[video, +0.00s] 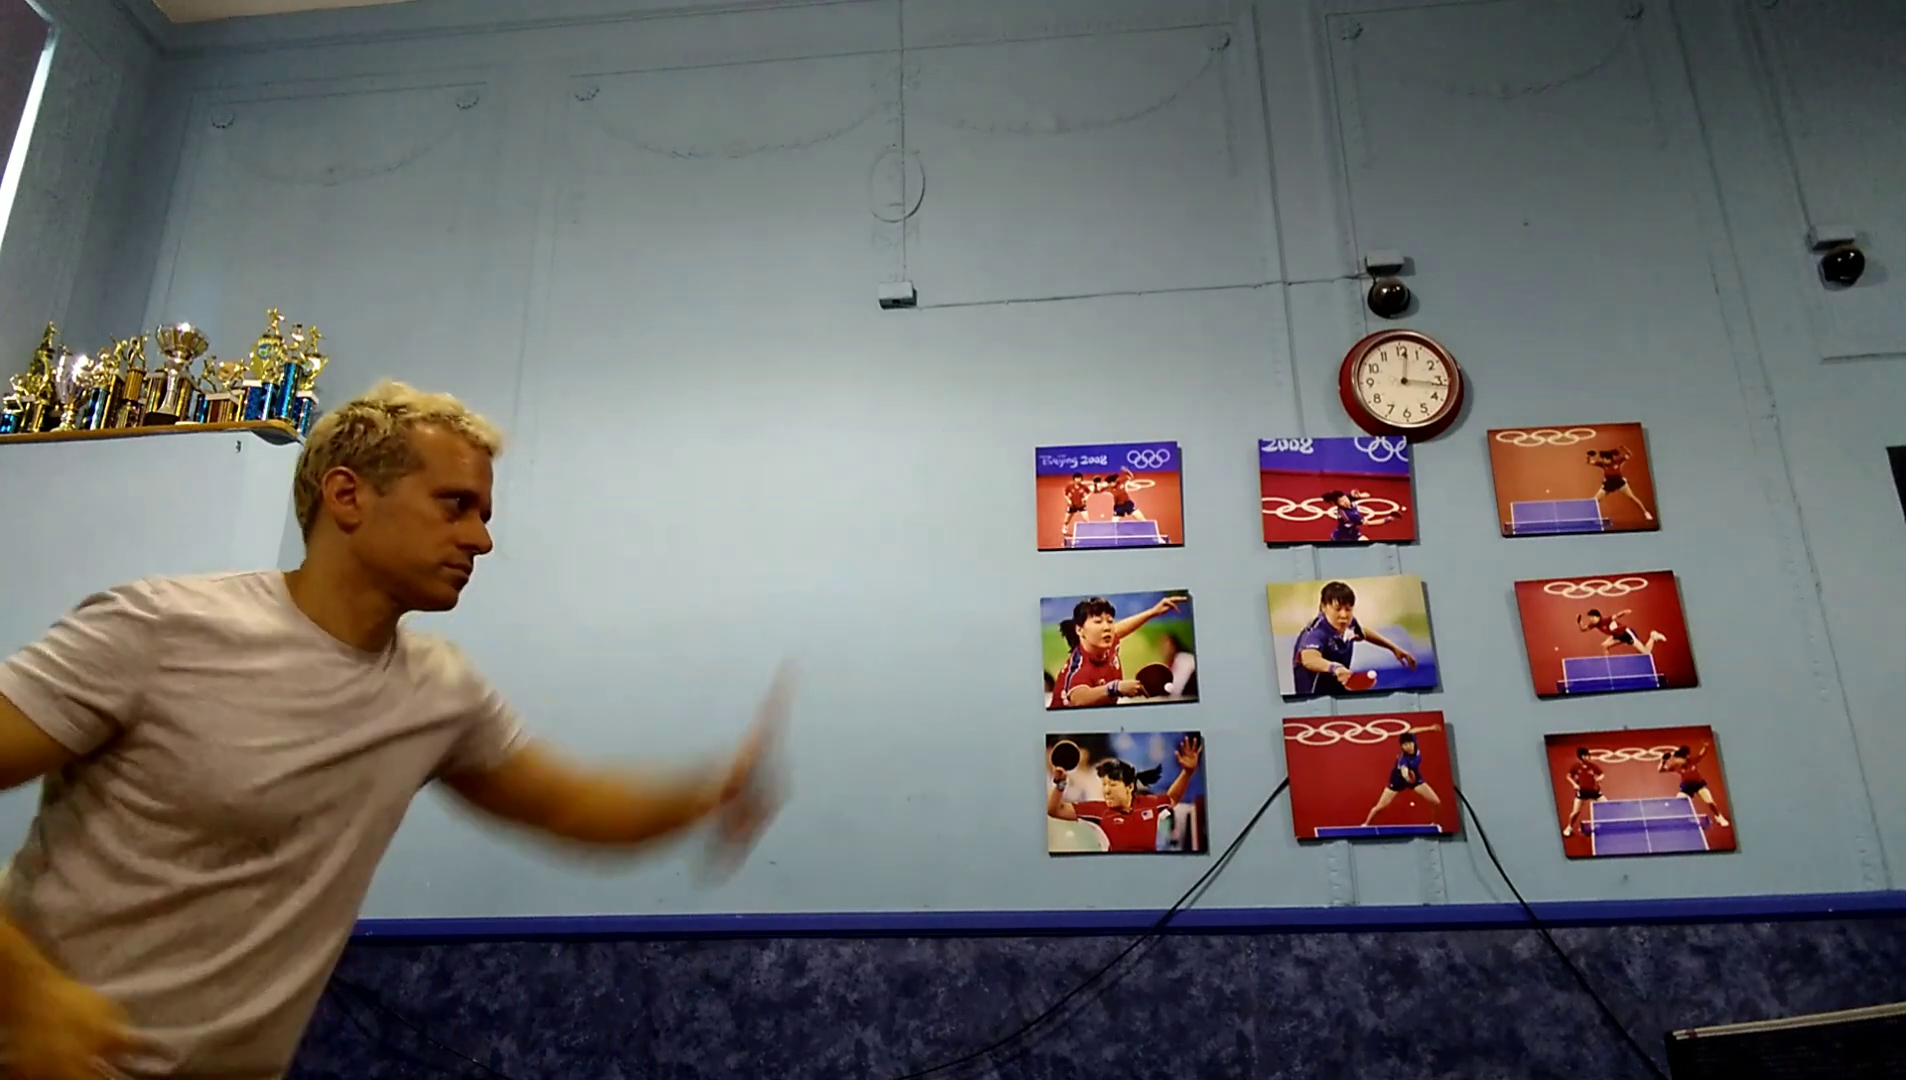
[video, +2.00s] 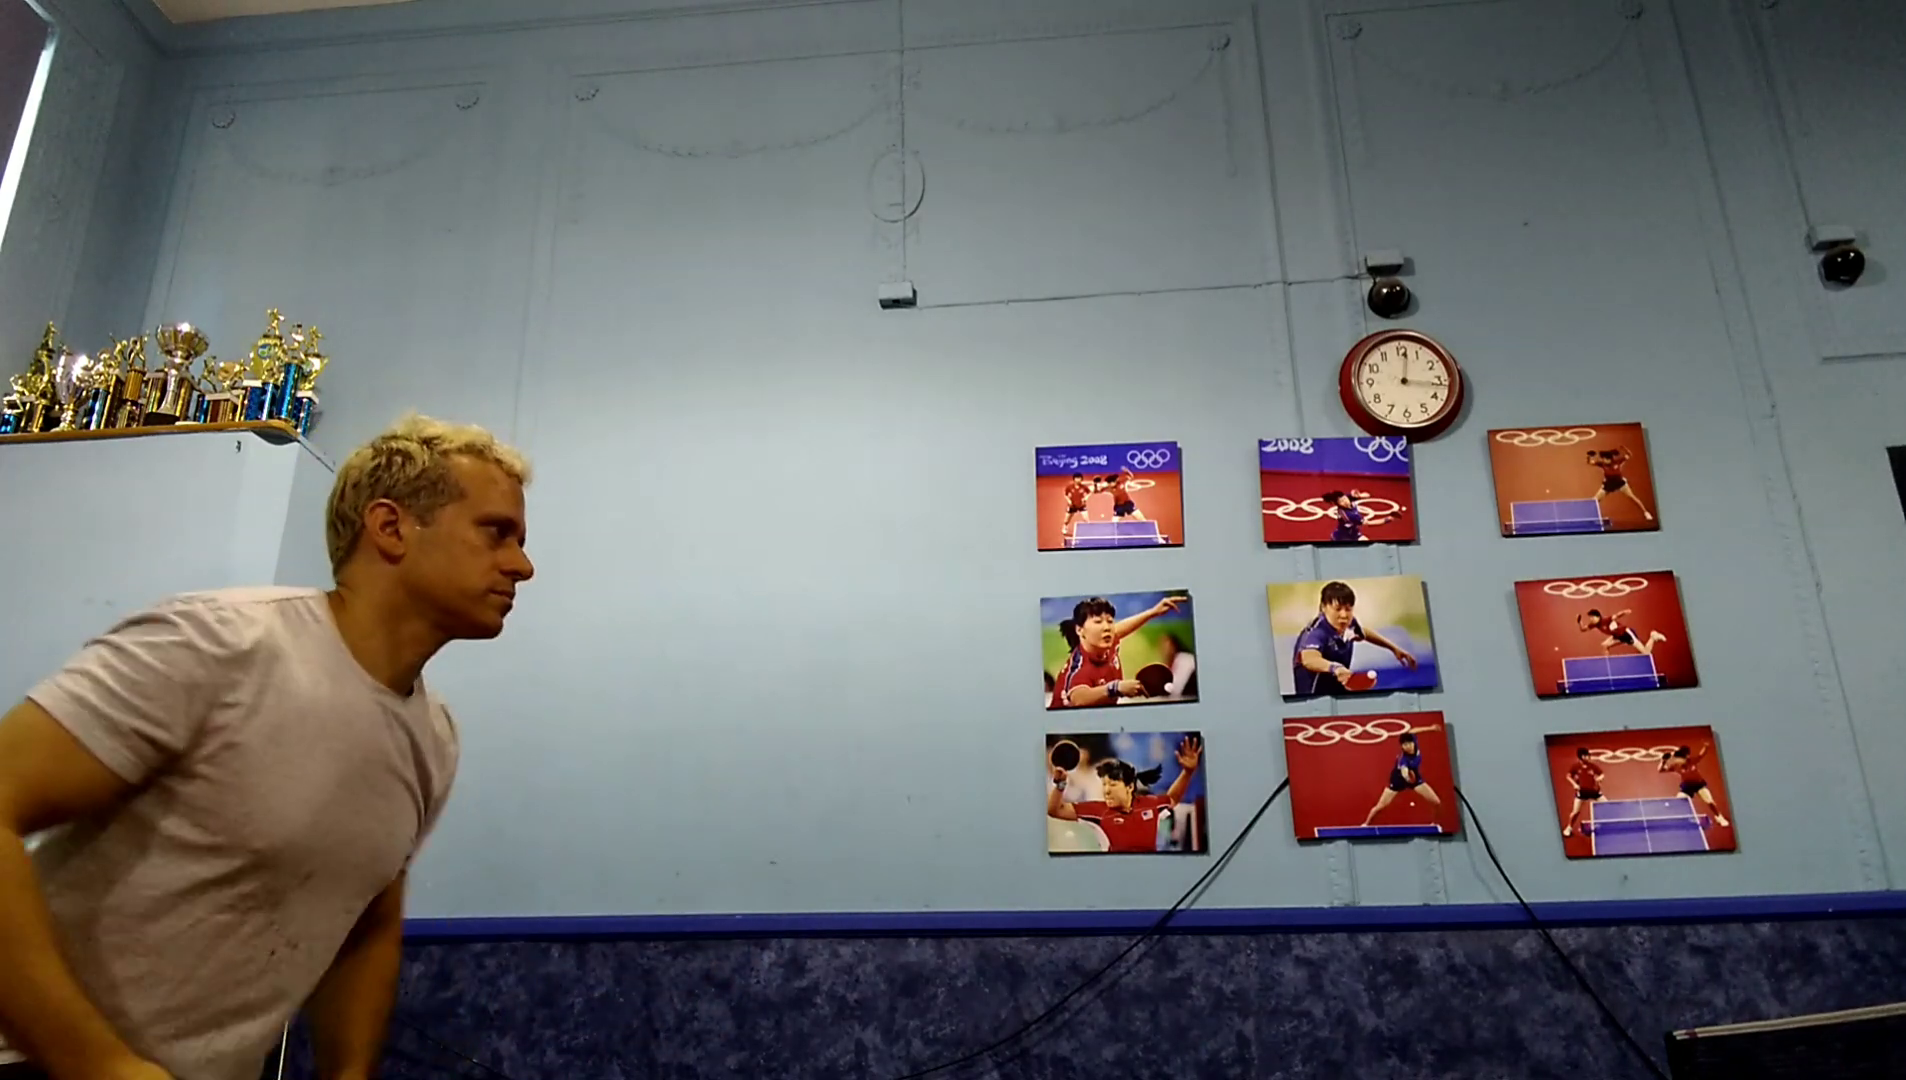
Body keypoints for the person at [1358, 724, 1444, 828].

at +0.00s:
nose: (1408, 747)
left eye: (1409, 744)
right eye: (1405, 745)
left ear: (1413, 743)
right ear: (1402, 747)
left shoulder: (1416, 747)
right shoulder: (1403, 759)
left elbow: (1413, 731)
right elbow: (1404, 771)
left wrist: (1431, 728)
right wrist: (1409, 779)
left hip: (1415, 780)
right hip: (1398, 781)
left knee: (1436, 802)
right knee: (1381, 805)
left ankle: (1434, 823)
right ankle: (1366, 823)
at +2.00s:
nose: (1408, 747)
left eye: (1409, 744)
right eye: (1405, 745)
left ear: (1413, 743)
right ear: (1402, 747)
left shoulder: (1415, 746)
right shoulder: (1403, 759)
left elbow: (1413, 731)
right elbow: (1404, 772)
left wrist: (1431, 728)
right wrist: (1409, 779)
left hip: (1415, 779)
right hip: (1398, 781)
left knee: (1436, 802)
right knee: (1381, 805)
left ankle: (1434, 823)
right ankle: (1366, 823)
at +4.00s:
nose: (1408, 747)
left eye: (1409, 744)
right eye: (1405, 745)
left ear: (1413, 743)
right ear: (1402, 746)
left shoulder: (1416, 747)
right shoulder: (1403, 759)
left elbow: (1413, 731)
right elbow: (1404, 772)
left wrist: (1431, 728)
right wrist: (1409, 779)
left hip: (1415, 780)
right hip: (1398, 781)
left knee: (1436, 801)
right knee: (1381, 805)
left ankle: (1434, 823)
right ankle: (1366, 823)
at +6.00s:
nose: (1408, 747)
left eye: (1409, 744)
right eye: (1405, 745)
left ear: (1414, 743)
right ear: (1402, 746)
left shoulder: (1416, 748)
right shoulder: (1403, 759)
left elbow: (1413, 731)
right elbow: (1404, 771)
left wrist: (1431, 728)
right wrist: (1409, 778)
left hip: (1415, 779)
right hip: (1398, 781)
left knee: (1436, 802)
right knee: (1380, 806)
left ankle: (1435, 824)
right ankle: (1366, 823)